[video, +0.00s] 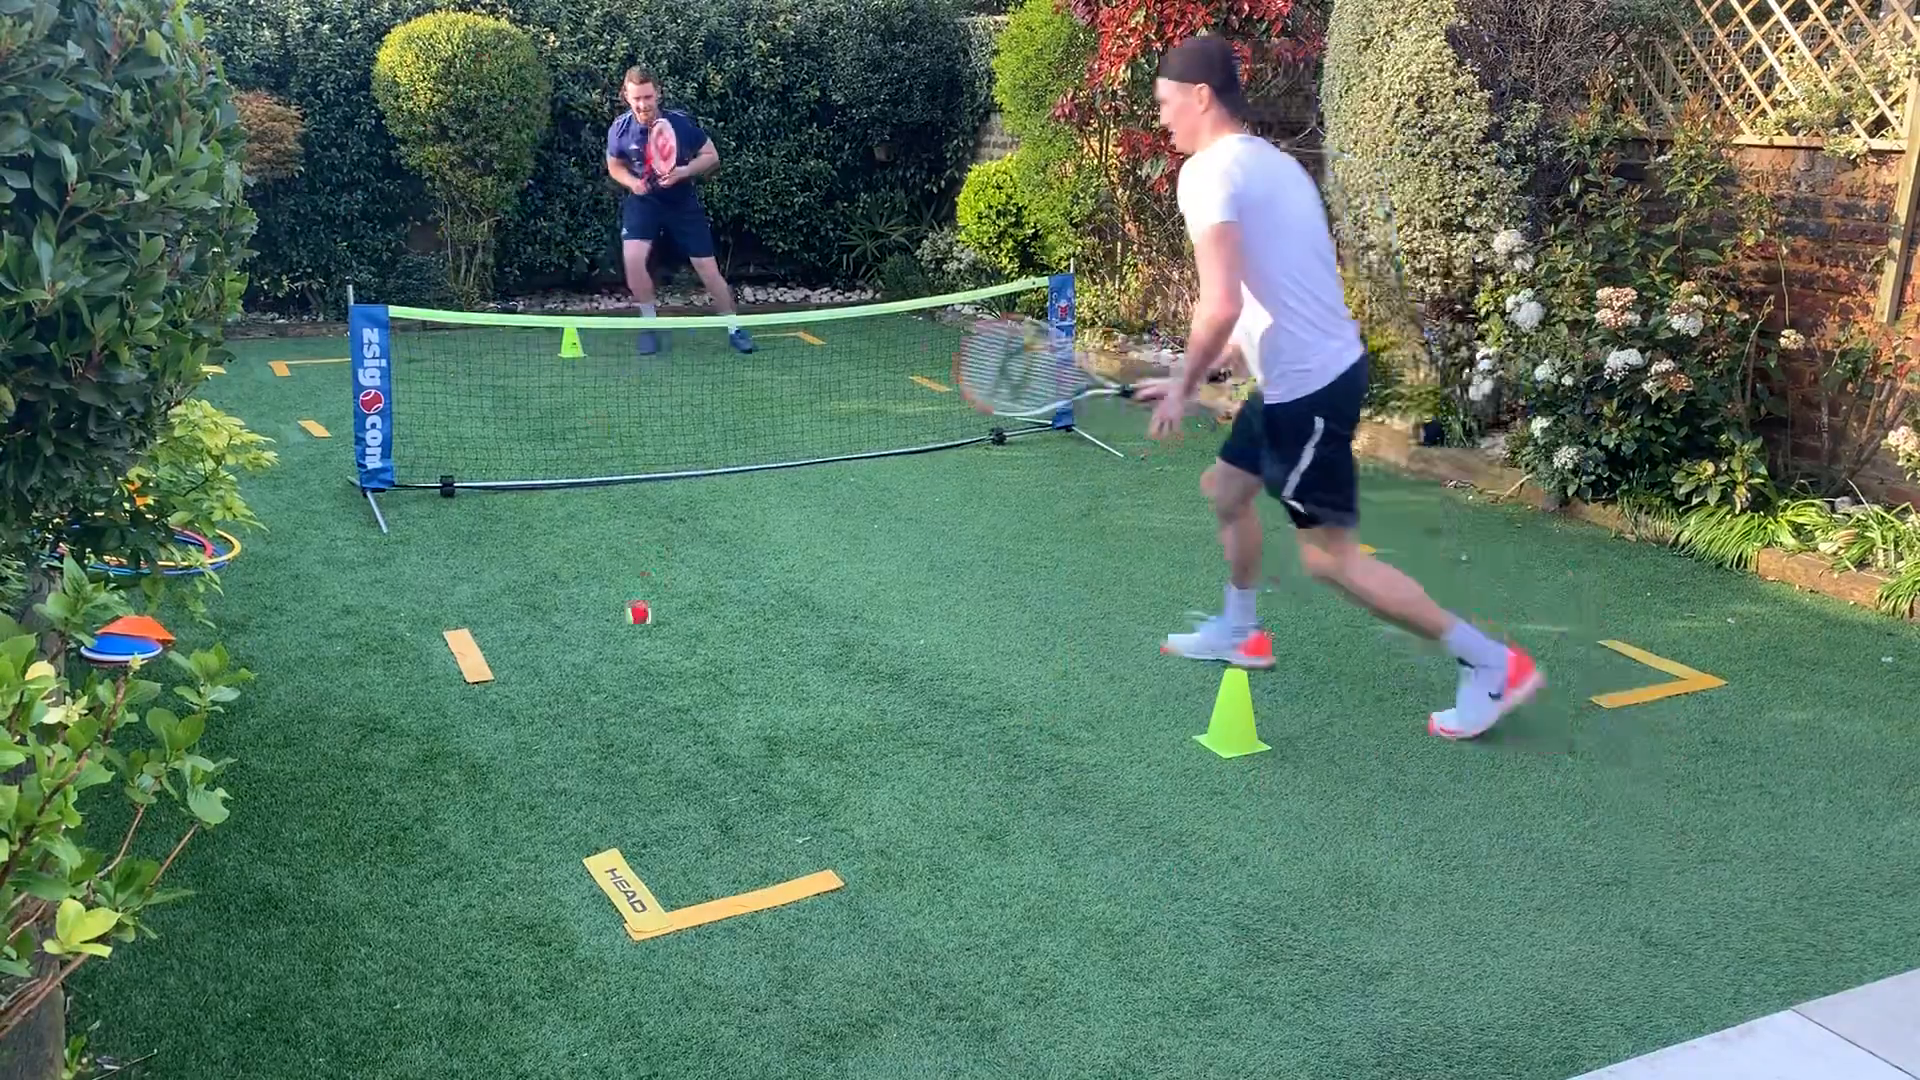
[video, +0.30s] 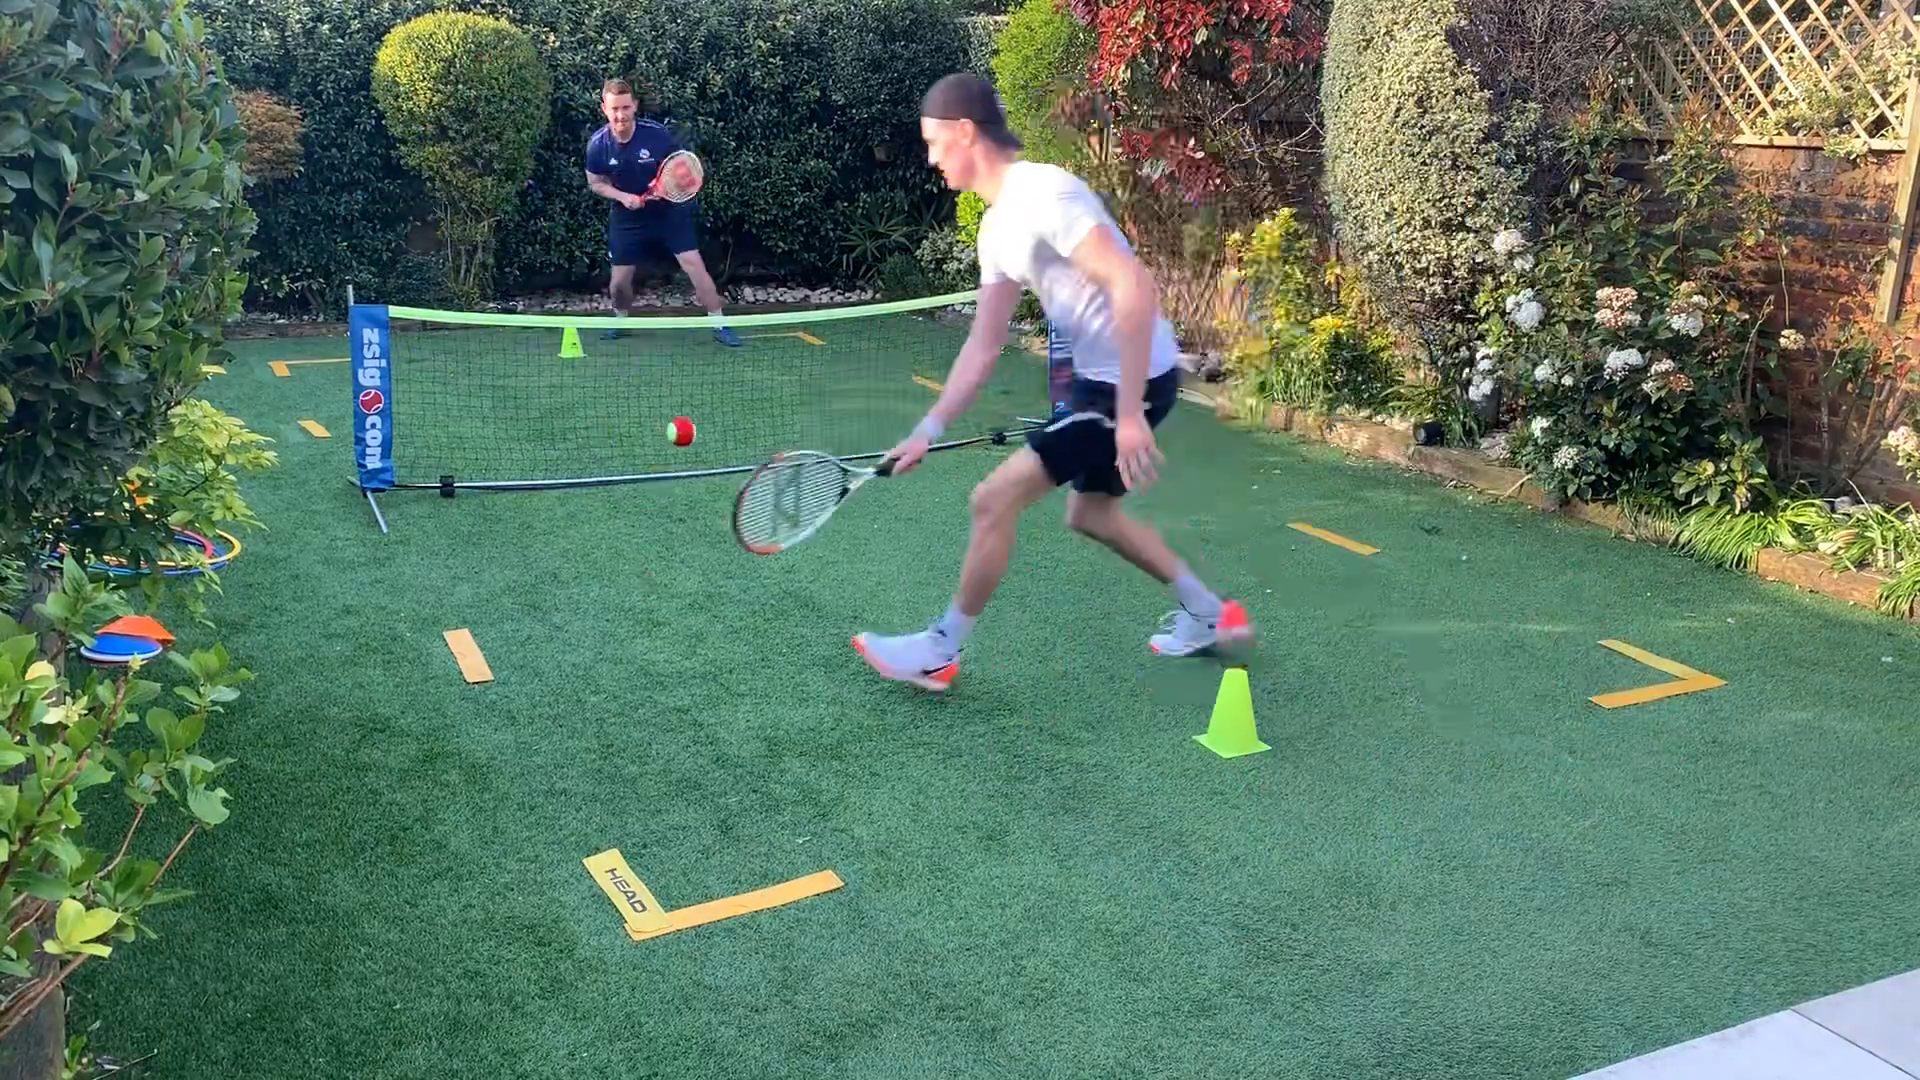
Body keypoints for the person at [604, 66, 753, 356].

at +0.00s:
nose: (642, 105)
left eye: (648, 98)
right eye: (636, 99)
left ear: (659, 94)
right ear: (626, 97)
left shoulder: (679, 122)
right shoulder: (620, 129)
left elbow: (712, 156)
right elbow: (614, 165)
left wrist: (682, 171)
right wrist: (633, 182)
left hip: (682, 201)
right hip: (643, 202)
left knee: (708, 269)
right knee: (632, 262)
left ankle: (734, 329)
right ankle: (649, 326)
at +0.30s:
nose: (620, 115)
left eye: (626, 108)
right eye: (614, 109)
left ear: (635, 106)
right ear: (605, 109)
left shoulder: (656, 135)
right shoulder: (598, 144)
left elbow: (677, 170)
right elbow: (596, 183)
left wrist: (663, 184)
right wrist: (622, 196)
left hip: (667, 209)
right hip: (626, 214)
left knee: (692, 262)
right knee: (619, 280)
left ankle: (720, 324)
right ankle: (619, 319)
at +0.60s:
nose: (582, 92)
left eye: (587, 85)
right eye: (576, 86)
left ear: (596, 87)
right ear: (566, 88)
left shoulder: (615, 119)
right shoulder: (555, 121)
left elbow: (634, 149)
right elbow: (543, 160)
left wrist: (622, 170)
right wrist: (573, 177)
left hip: (610, 201)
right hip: (570, 199)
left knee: (612, 263)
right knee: (558, 258)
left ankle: (605, 313)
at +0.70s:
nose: (569, 105)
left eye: (574, 99)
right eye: (563, 100)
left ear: (584, 100)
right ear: (553, 102)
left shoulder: (602, 135)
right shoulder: (541, 138)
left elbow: (621, 169)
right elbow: (529, 176)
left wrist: (605, 185)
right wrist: (559, 196)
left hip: (594, 210)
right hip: (554, 210)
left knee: (607, 273)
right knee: (536, 264)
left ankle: (598, 318)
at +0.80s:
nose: (560, 119)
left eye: (565, 113)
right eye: (554, 114)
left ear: (575, 114)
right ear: (545, 116)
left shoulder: (592, 147)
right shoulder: (534, 150)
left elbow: (607, 192)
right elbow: (516, 189)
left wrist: (594, 202)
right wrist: (547, 211)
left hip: (586, 219)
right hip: (545, 220)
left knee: (616, 270)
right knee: (521, 275)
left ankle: (612, 321)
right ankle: (511, 324)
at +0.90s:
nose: (561, 119)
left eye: (566, 112)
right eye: (555, 113)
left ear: (576, 112)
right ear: (546, 115)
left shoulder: (594, 147)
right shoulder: (534, 150)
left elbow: (610, 185)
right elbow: (517, 191)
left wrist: (584, 197)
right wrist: (537, 214)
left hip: (587, 221)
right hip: (547, 223)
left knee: (623, 267)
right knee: (518, 279)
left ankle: (623, 321)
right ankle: (512, 325)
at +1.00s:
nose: (569, 110)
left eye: (573, 103)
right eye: (562, 104)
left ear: (584, 103)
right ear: (554, 106)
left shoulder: (603, 136)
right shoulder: (544, 144)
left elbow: (626, 178)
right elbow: (530, 180)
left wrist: (596, 191)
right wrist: (529, 206)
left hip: (601, 215)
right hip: (560, 217)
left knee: (633, 269)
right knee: (534, 272)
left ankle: (642, 324)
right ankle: (512, 322)